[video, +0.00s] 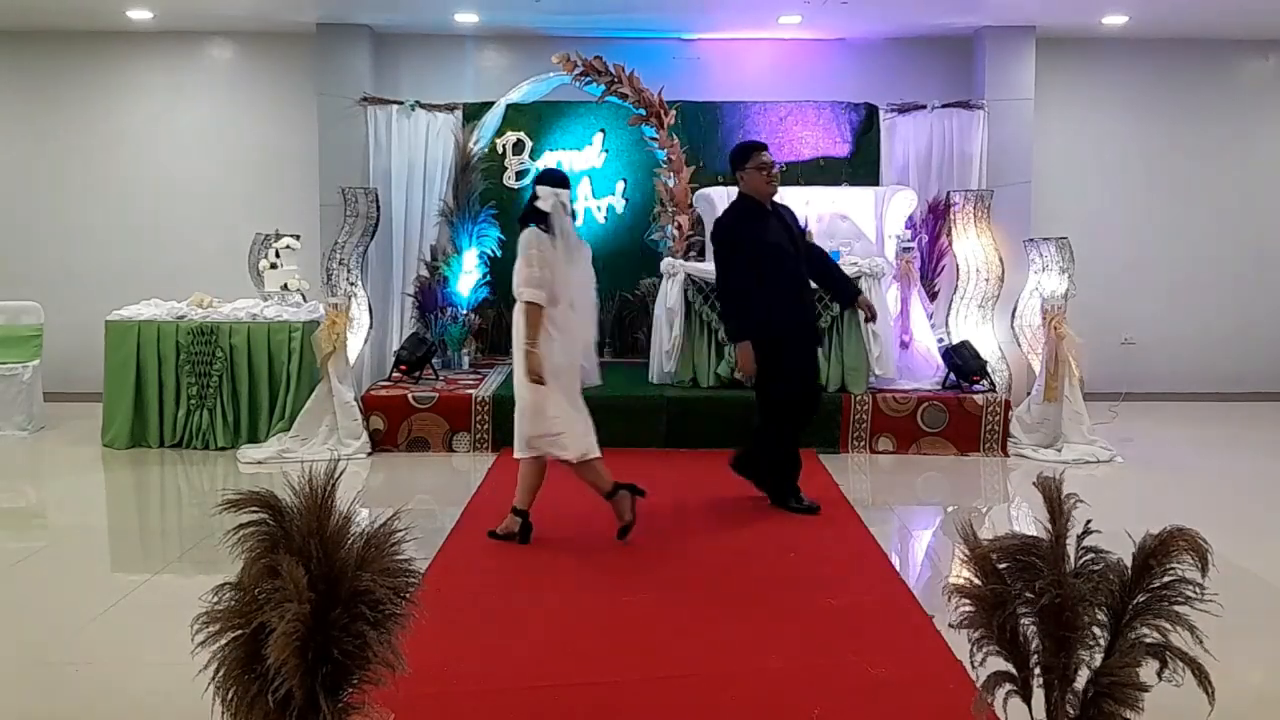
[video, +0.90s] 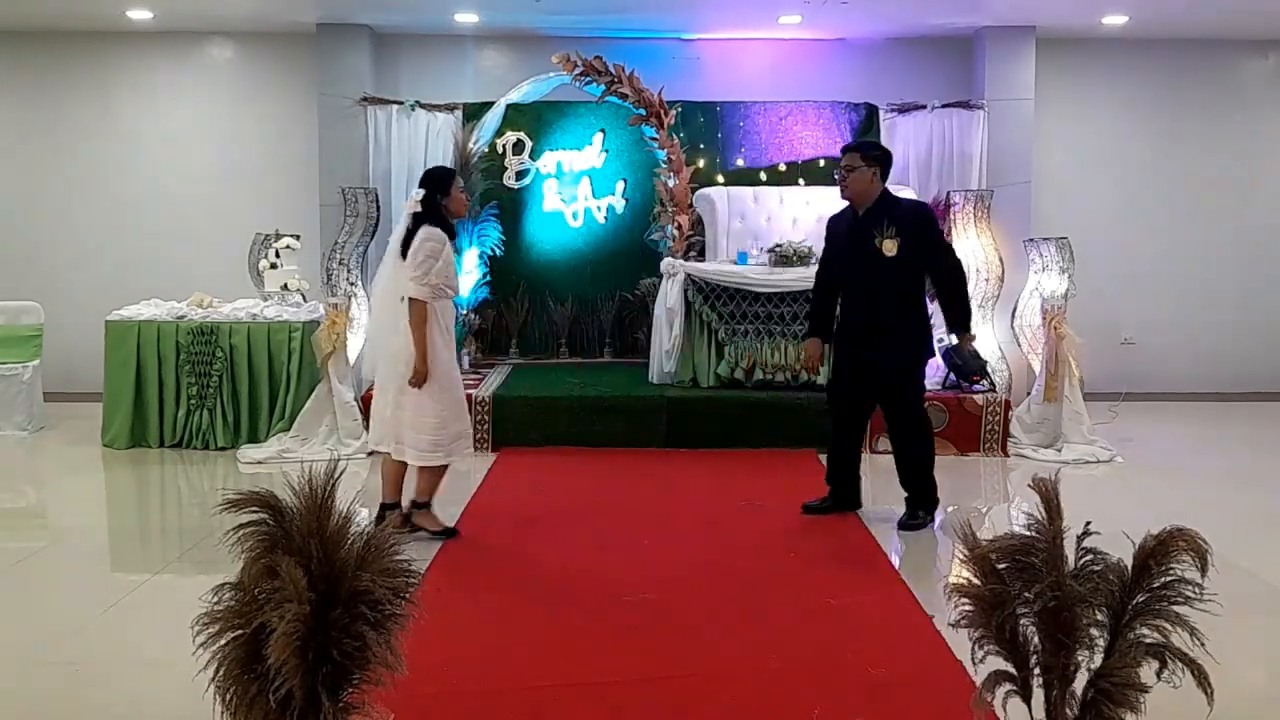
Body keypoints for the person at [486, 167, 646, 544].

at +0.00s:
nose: (537, 202)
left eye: (538, 196)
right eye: (543, 196)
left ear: (537, 198)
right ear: (567, 200)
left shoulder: (533, 237)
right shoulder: (577, 244)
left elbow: (533, 299)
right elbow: (582, 302)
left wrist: (531, 350)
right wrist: (580, 353)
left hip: (541, 353)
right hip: (565, 353)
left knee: (557, 433)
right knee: (534, 437)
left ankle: (616, 494)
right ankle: (518, 517)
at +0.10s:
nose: (513, 198)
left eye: (516, 193)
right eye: (517, 191)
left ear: (520, 197)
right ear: (550, 198)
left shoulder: (509, 237)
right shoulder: (568, 244)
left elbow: (504, 297)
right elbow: (575, 304)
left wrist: (494, 345)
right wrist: (573, 353)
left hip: (520, 346)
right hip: (553, 347)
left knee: (516, 427)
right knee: (529, 429)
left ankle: (559, 492)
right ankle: (517, 517)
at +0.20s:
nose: (505, 199)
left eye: (504, 192)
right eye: (516, 191)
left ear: (499, 197)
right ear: (536, 198)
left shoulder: (486, 239)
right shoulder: (554, 245)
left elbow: (479, 298)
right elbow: (565, 304)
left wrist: (466, 343)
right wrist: (565, 354)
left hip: (494, 350)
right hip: (537, 350)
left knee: (477, 431)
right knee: (527, 434)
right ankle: (518, 518)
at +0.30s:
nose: (528, 200)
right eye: (526, 195)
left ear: (485, 200)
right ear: (523, 201)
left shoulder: (466, 242)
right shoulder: (538, 246)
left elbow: (456, 301)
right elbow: (550, 307)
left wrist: (445, 346)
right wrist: (556, 358)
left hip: (473, 351)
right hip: (521, 354)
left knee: (448, 430)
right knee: (516, 435)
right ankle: (516, 520)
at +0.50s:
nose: (505, 202)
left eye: (503, 196)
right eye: (500, 197)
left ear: (463, 203)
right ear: (486, 203)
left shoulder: (436, 245)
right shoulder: (502, 248)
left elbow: (422, 304)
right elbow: (508, 312)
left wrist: (416, 343)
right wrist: (520, 363)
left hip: (439, 356)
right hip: (487, 359)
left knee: (414, 428)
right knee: (502, 434)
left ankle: (393, 509)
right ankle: (504, 520)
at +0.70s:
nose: (482, 200)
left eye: (480, 194)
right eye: (476, 194)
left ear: (445, 199)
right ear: (459, 200)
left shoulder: (415, 235)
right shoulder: (464, 244)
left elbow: (404, 297)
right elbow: (460, 310)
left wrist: (398, 344)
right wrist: (465, 366)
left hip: (412, 352)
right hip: (452, 354)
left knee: (401, 430)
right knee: (475, 433)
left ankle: (390, 511)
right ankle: (477, 517)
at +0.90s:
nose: (466, 198)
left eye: (464, 192)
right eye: (460, 192)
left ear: (433, 197)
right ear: (442, 198)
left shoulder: (410, 233)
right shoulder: (433, 237)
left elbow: (403, 297)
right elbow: (417, 299)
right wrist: (421, 356)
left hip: (400, 351)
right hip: (428, 353)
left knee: (397, 429)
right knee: (442, 430)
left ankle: (389, 510)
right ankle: (422, 509)